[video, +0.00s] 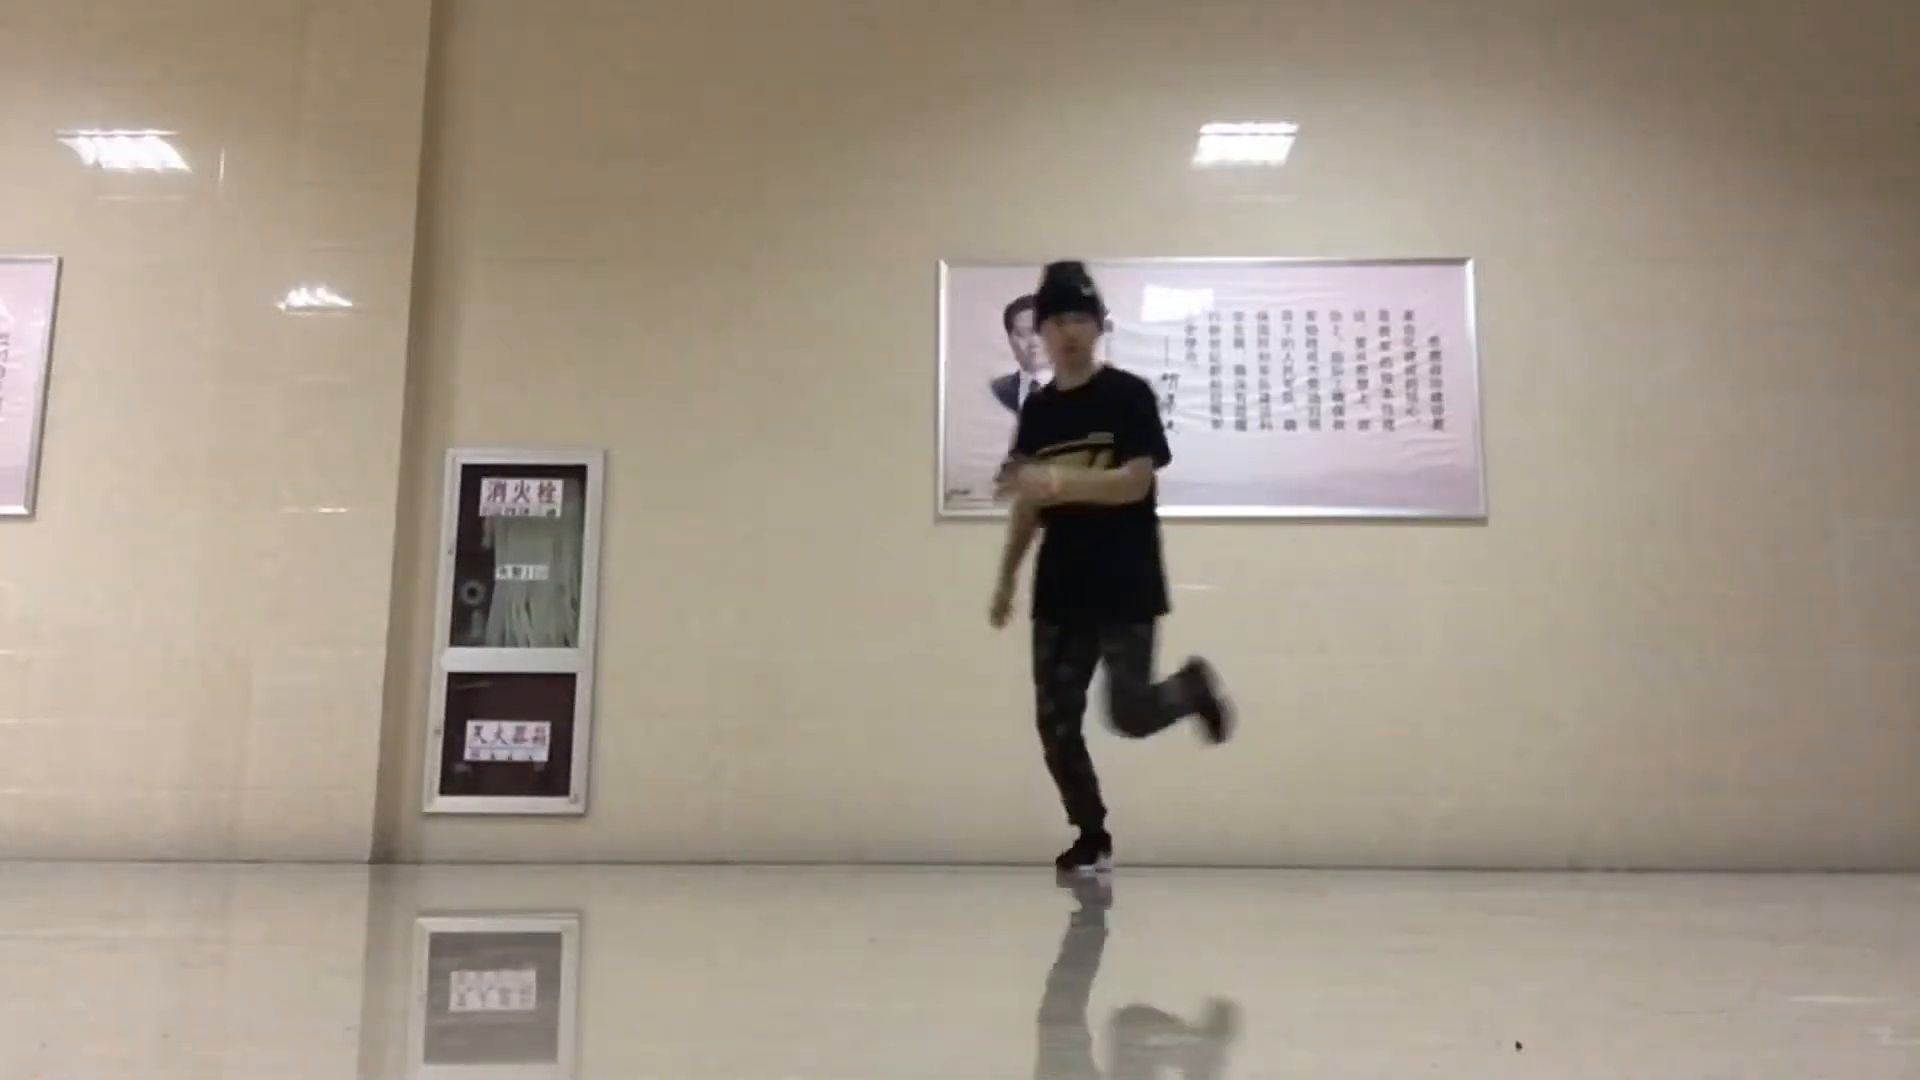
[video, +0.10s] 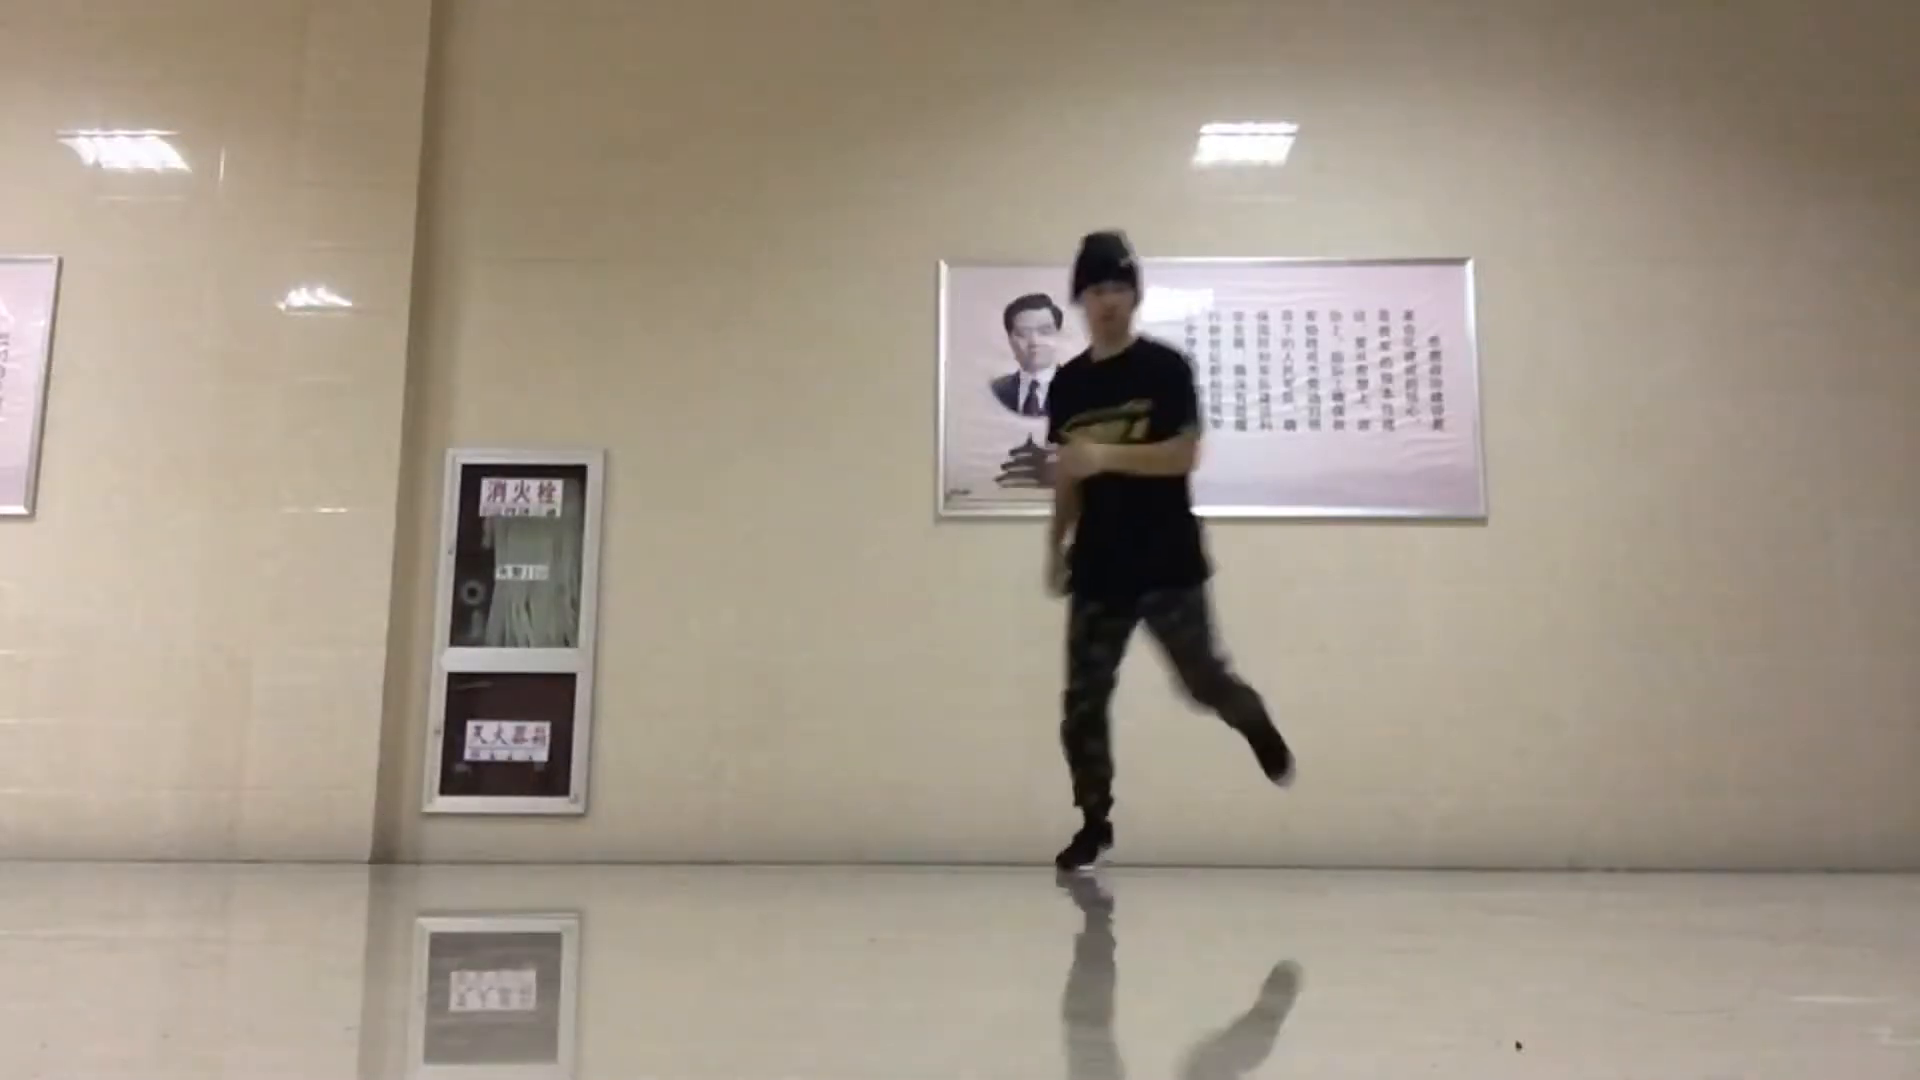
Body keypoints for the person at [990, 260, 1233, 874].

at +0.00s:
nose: (1068, 334)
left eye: (1079, 321)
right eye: (1056, 323)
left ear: (1099, 326)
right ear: (1042, 333)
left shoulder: (1130, 394)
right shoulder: (1038, 409)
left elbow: (1138, 483)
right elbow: (1030, 500)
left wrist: (1055, 484)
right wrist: (1006, 579)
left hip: (1127, 579)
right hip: (1062, 582)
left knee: (1130, 714)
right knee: (1055, 719)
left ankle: (1196, 686)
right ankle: (1092, 834)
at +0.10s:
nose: (1107, 303)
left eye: (1118, 291)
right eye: (1096, 292)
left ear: (1136, 296)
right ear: (1080, 300)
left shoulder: (1166, 365)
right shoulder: (1068, 381)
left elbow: (1184, 456)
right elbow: (1068, 473)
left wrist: (1102, 454)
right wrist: (1057, 546)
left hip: (1167, 553)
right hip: (1099, 557)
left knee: (1204, 681)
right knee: (1084, 702)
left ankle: (1257, 724)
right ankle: (1095, 823)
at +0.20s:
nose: (1150, 290)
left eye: (1161, 278)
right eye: (1139, 279)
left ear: (1177, 282)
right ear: (1120, 285)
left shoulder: (1210, 350)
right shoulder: (1102, 366)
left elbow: (1245, 438)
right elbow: (1101, 451)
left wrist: (1174, 466)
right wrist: (1092, 521)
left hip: (1213, 540)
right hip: (1141, 546)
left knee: (1264, 667)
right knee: (1127, 685)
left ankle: (1294, 781)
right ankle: (1127, 811)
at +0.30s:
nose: (1197, 309)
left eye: (1207, 296)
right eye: (1184, 298)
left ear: (1222, 301)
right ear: (1164, 305)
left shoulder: (1260, 375)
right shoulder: (1139, 392)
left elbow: (1300, 461)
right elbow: (1130, 480)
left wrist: (1266, 506)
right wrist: (1123, 557)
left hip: (1258, 560)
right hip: (1182, 567)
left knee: (1292, 692)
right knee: (1175, 698)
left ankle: (1309, 819)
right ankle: (1192, 818)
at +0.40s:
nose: (1244, 328)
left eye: (1253, 316)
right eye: (1230, 317)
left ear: (1264, 323)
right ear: (1204, 325)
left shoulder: (1297, 398)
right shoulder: (1176, 412)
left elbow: (1336, 478)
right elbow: (1162, 507)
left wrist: (1342, 547)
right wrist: (1157, 590)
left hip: (1297, 587)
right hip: (1222, 592)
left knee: (1316, 718)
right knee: (1222, 716)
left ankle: (1311, 831)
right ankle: (1211, 820)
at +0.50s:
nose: (1274, 304)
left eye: (1282, 292)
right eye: (1260, 292)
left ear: (1292, 296)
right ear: (1232, 297)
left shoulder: (1318, 371)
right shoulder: (1197, 384)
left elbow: (1352, 448)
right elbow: (1181, 473)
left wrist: (1360, 519)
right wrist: (1201, 547)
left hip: (1317, 558)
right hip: (1248, 564)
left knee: (1325, 696)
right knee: (1260, 691)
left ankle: (1310, 819)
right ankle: (1251, 804)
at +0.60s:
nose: (1301, 274)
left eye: (1307, 263)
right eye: (1287, 263)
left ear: (1314, 269)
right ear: (1254, 268)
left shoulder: (1327, 343)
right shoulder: (1219, 349)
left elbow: (1344, 427)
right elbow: (1187, 441)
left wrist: (1375, 484)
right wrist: (1233, 504)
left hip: (1332, 521)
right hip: (1268, 524)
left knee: (1340, 657)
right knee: (1307, 646)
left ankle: (1319, 798)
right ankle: (1312, 798)